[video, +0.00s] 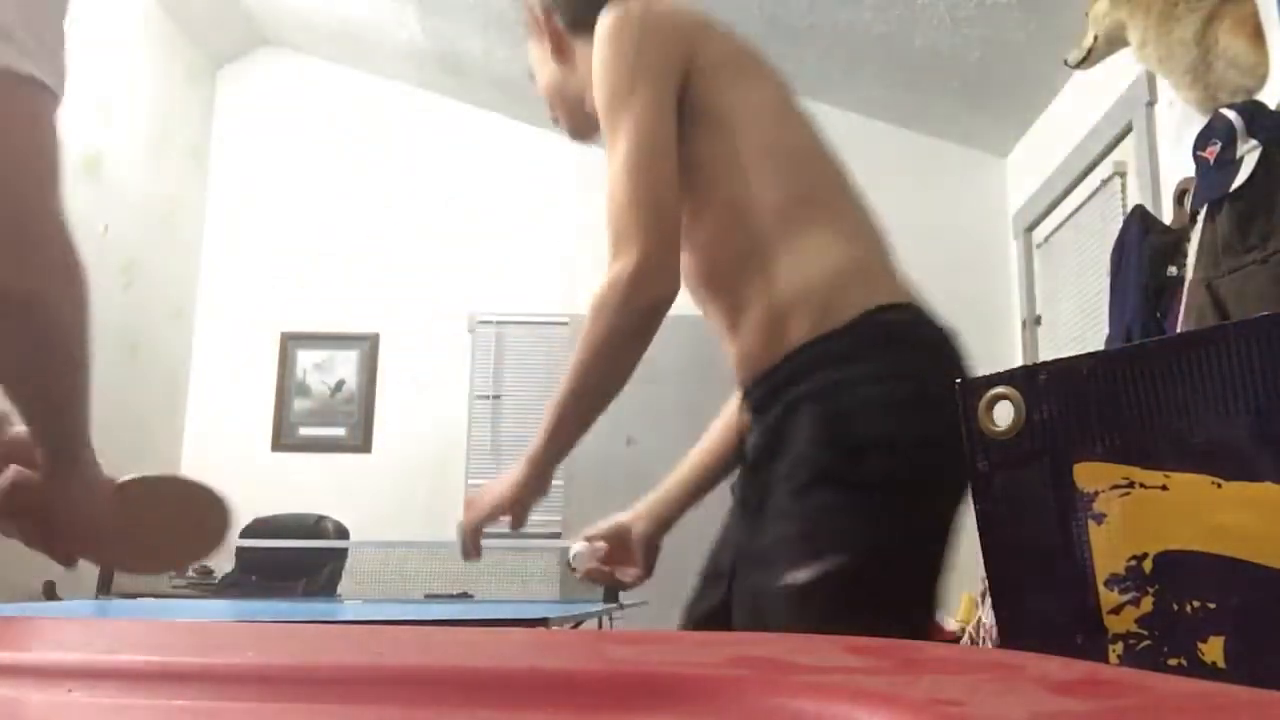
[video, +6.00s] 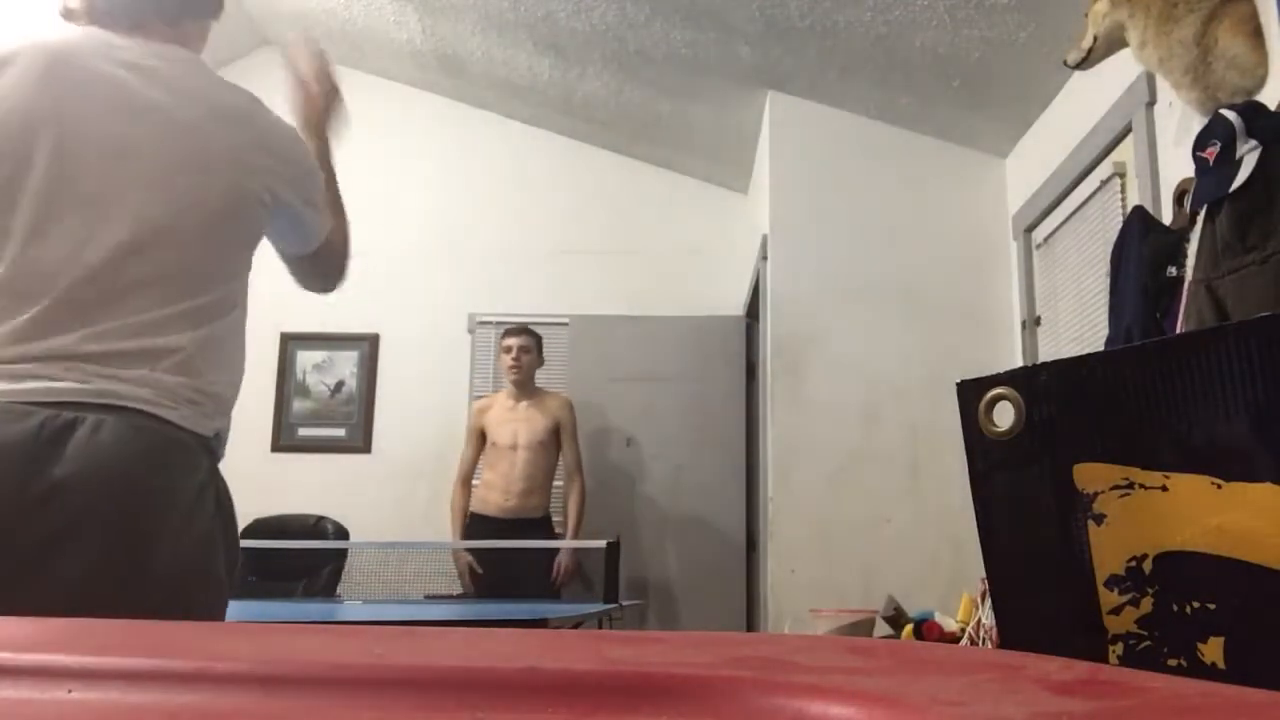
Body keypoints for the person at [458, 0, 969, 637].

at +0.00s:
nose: (542, 97)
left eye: (532, 66)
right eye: (533, 75)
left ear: (546, 25)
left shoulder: (638, 28)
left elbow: (643, 275)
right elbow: (773, 379)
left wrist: (530, 472)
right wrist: (648, 522)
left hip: (860, 399)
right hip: (804, 419)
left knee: (814, 692)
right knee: (706, 685)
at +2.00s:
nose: (676, 338)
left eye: (675, 331)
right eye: (677, 332)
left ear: (681, 329)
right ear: (724, 331)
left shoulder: (668, 358)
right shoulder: (757, 377)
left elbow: (644, 438)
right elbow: (790, 469)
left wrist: (629, 506)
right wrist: (754, 498)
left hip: (691, 529)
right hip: (754, 528)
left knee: (687, 653)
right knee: (757, 654)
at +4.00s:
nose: (503, 332)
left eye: (515, 324)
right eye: (498, 325)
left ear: (536, 333)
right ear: (492, 333)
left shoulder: (558, 388)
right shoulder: (480, 387)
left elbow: (571, 466)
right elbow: (444, 434)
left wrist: (575, 535)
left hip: (536, 528)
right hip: (479, 525)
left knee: (535, 636)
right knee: (466, 632)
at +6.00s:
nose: (514, 357)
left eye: (524, 350)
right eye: (507, 350)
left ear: (539, 360)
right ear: (499, 359)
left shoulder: (558, 407)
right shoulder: (482, 409)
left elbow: (574, 479)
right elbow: (463, 481)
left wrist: (570, 544)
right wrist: (457, 545)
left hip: (534, 529)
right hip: (482, 528)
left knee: (535, 629)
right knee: (484, 627)